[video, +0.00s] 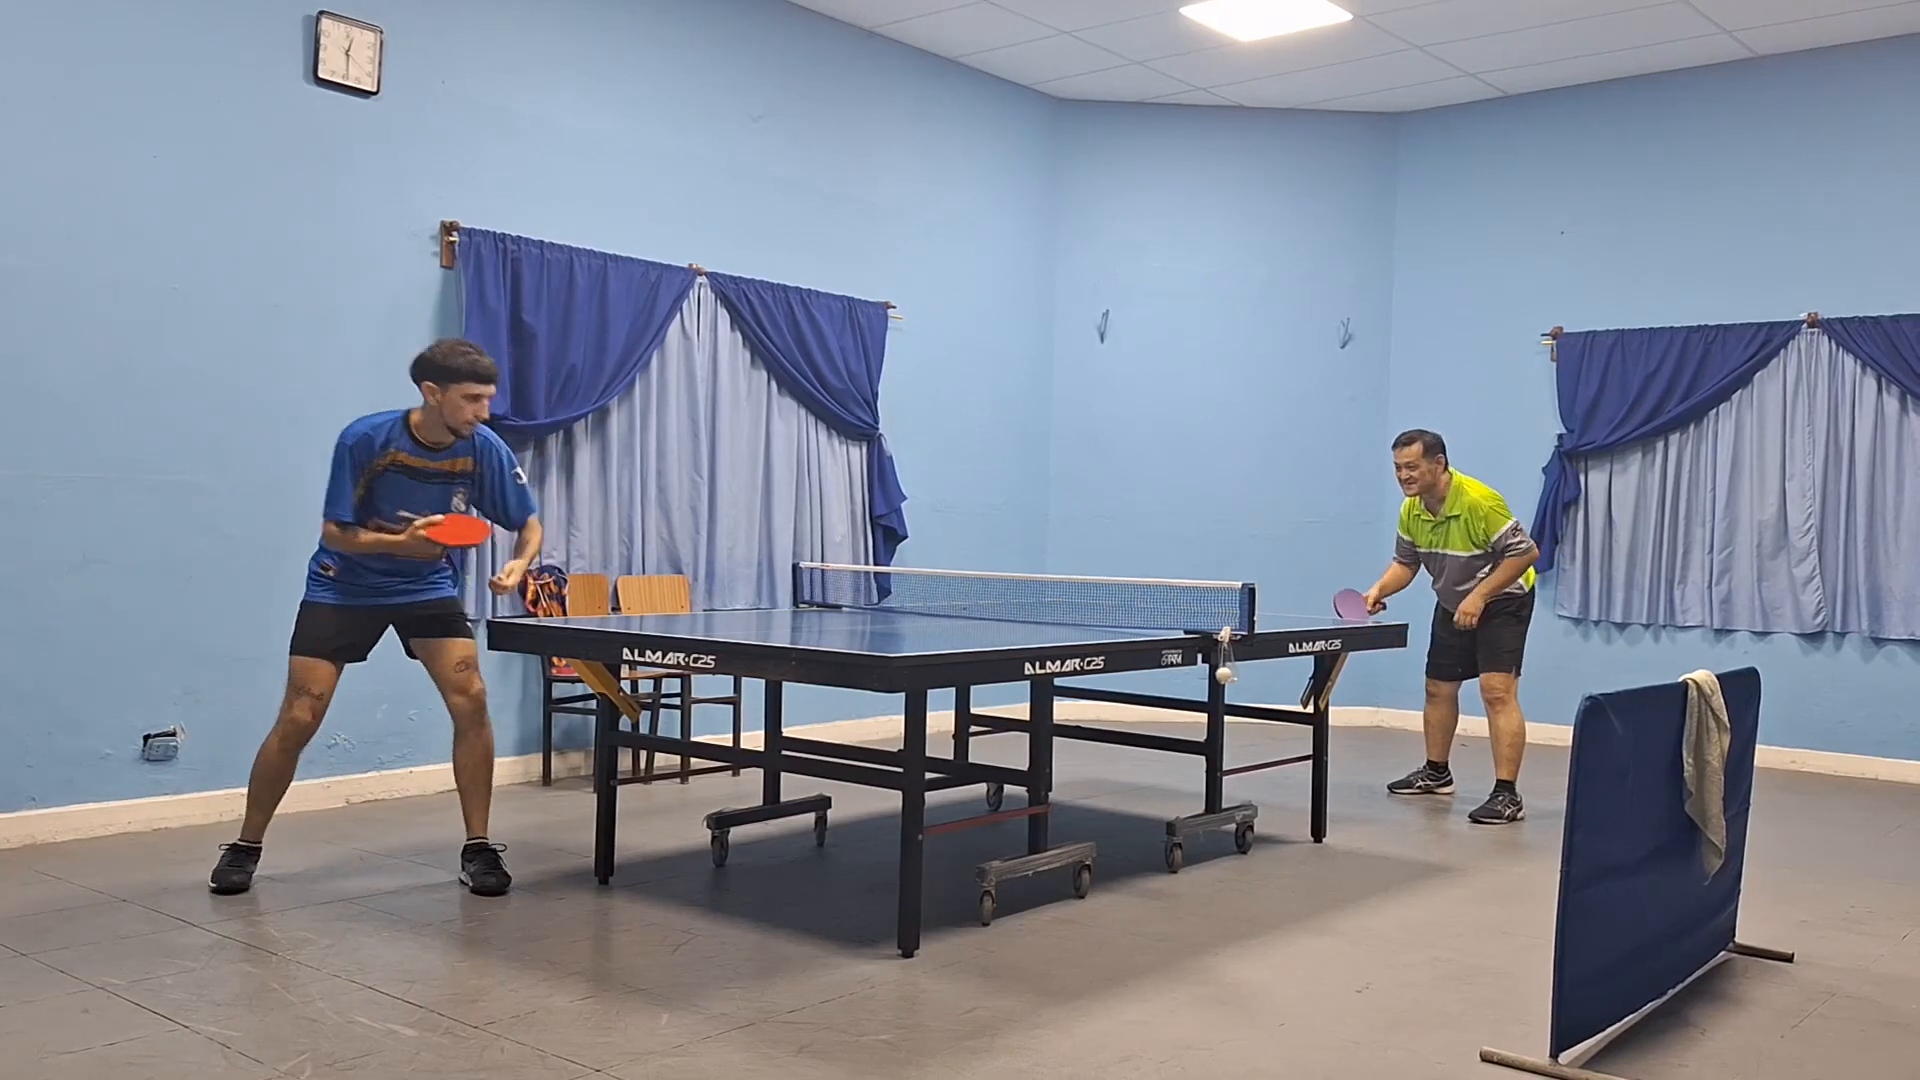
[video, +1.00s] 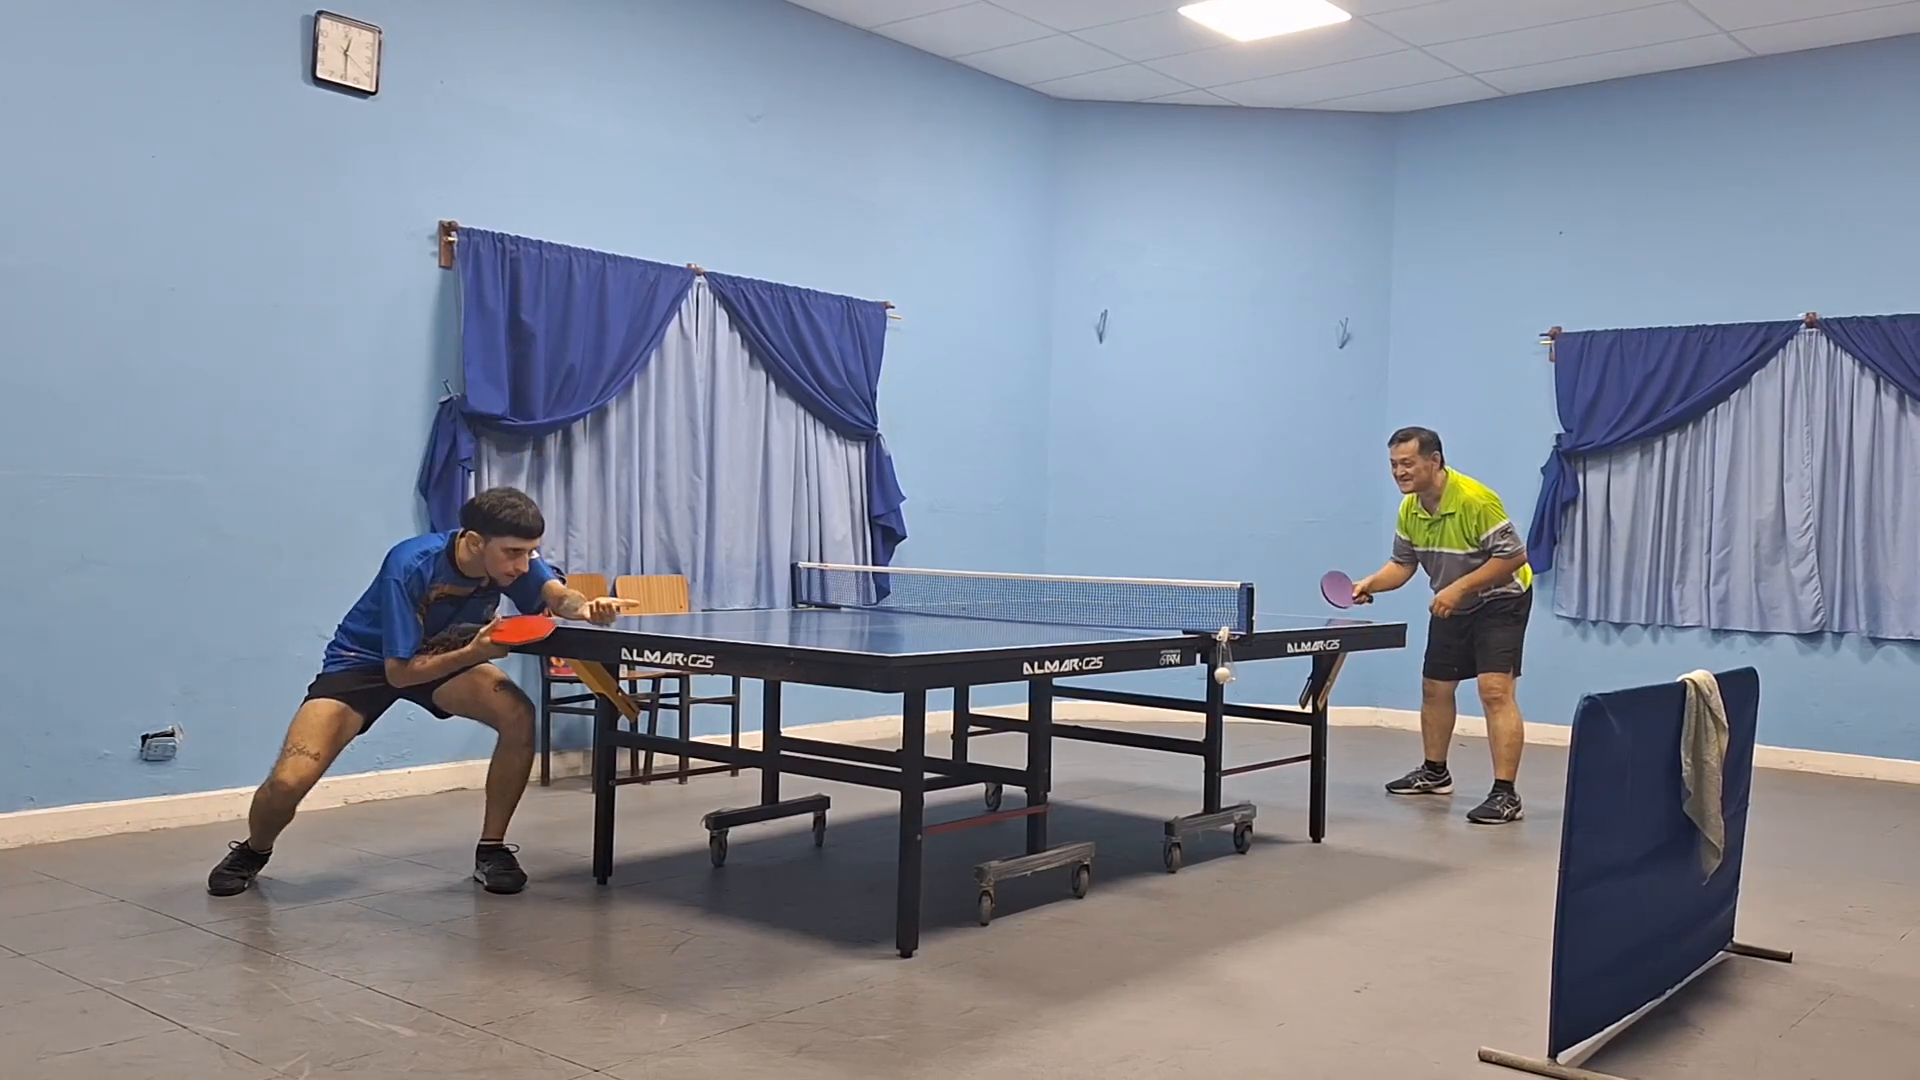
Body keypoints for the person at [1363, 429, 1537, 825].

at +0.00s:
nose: (1403, 474)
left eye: (1412, 467)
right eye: (1399, 468)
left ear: (1440, 465)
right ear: (1396, 469)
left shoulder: (1479, 502)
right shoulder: (1411, 510)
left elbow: (1525, 551)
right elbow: (1405, 562)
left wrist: (1479, 594)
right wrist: (1381, 589)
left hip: (1504, 599)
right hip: (1453, 602)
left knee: (1497, 690)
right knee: (1438, 687)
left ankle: (1506, 793)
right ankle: (1436, 771)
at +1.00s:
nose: (1399, 471)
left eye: (1407, 463)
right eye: (1394, 464)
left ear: (1435, 462)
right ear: (1392, 467)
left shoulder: (1475, 500)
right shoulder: (1409, 509)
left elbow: (1513, 554)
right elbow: (1403, 563)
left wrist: (1460, 589)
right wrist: (1372, 584)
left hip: (1500, 600)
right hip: (1451, 605)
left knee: (1494, 690)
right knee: (1435, 686)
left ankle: (1505, 792)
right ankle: (1435, 770)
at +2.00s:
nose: (1404, 452)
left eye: (1413, 445)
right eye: (1400, 445)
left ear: (1441, 445)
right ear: (1398, 448)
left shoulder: (1475, 490)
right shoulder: (1406, 495)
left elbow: (1513, 545)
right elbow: (1393, 550)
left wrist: (1460, 582)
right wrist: (1365, 565)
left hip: (1486, 604)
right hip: (1437, 607)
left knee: (1486, 690)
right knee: (1433, 688)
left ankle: (1503, 792)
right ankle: (1433, 771)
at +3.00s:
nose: (1401, 450)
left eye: (1410, 441)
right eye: (1395, 442)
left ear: (1436, 441)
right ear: (1391, 445)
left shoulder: (1478, 485)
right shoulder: (1388, 493)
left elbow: (1510, 545)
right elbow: (1361, 548)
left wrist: (1476, 592)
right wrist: (1338, 559)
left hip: (1470, 610)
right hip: (1407, 607)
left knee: (1478, 699)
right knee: (1373, 684)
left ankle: (1492, 789)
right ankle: (1369, 761)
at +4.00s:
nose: (1399, 458)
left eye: (1405, 449)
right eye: (1395, 452)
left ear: (1433, 446)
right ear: (1395, 457)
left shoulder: (1462, 482)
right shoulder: (1426, 500)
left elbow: (1441, 549)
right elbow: (1426, 571)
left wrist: (1395, 548)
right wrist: (1386, 608)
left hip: (1494, 607)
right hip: (1446, 611)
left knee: (1494, 705)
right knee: (1407, 685)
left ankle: (1528, 797)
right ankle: (1428, 763)